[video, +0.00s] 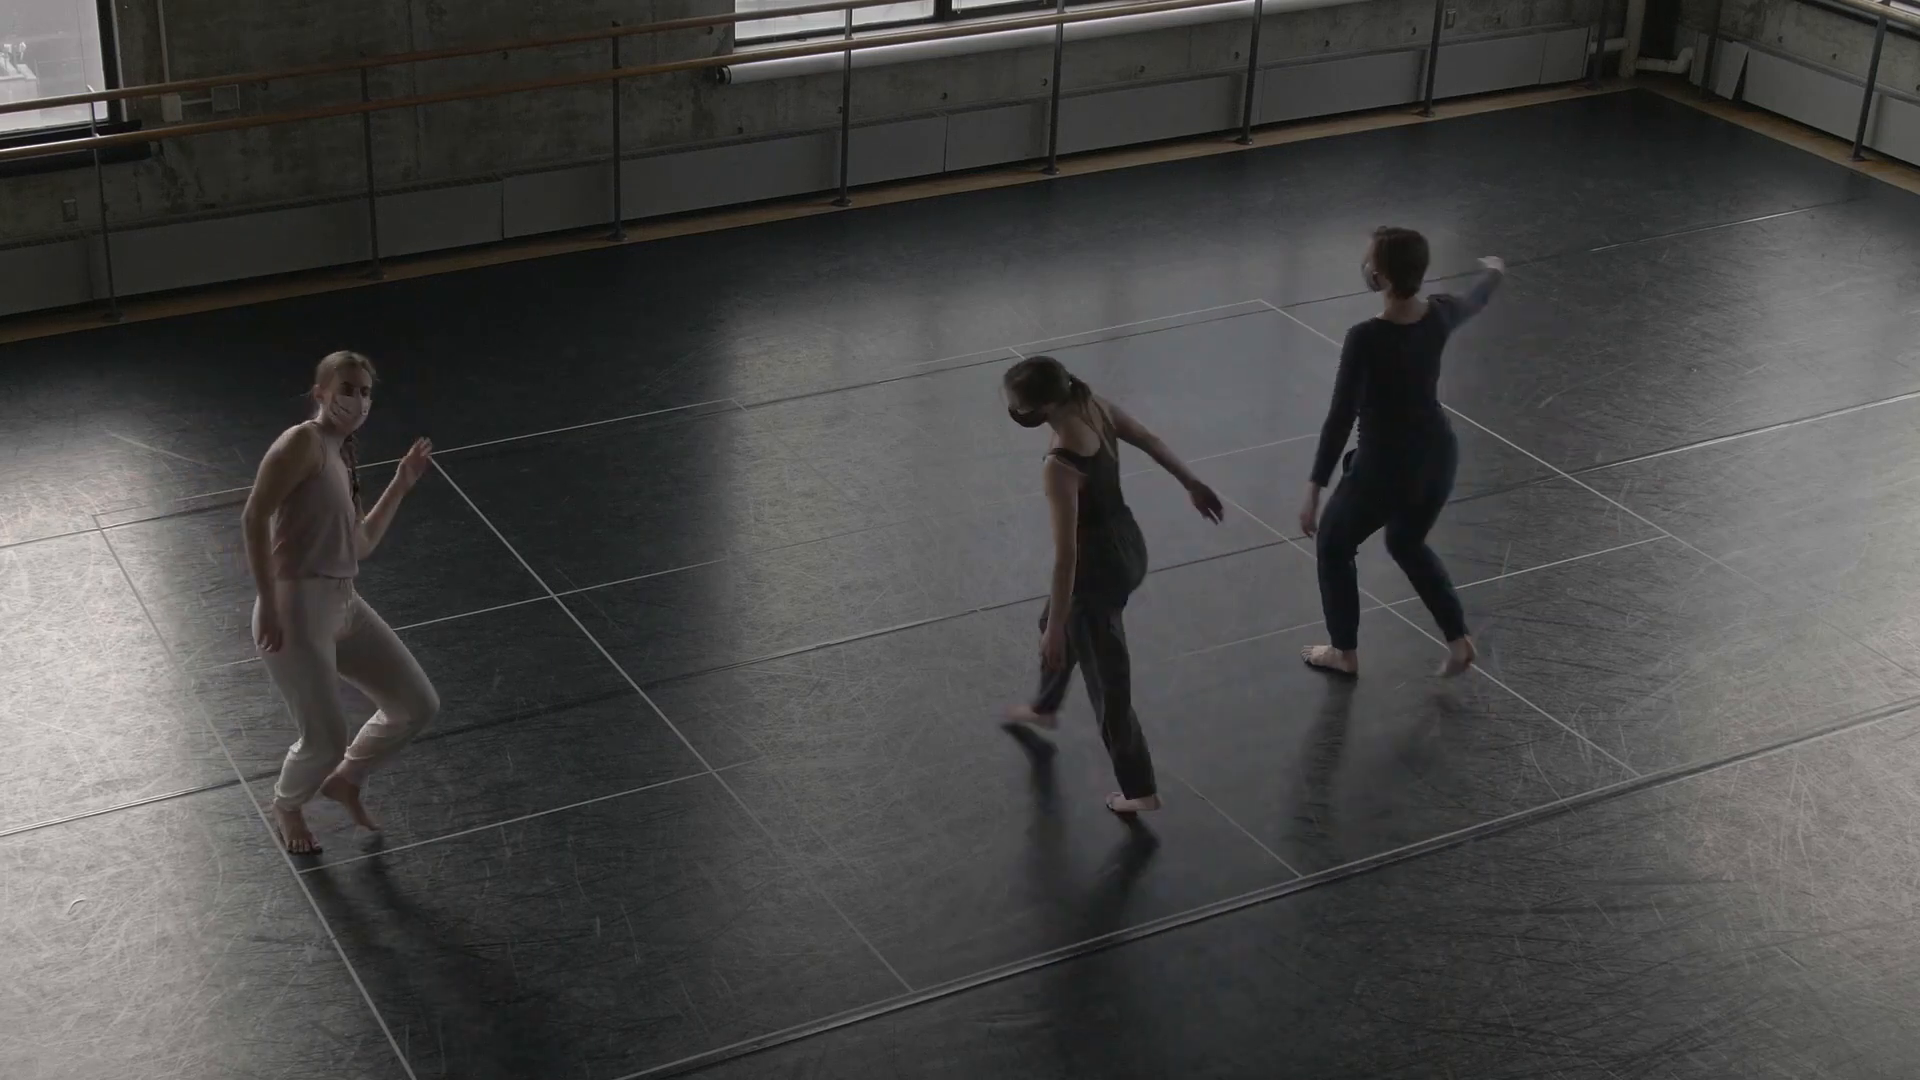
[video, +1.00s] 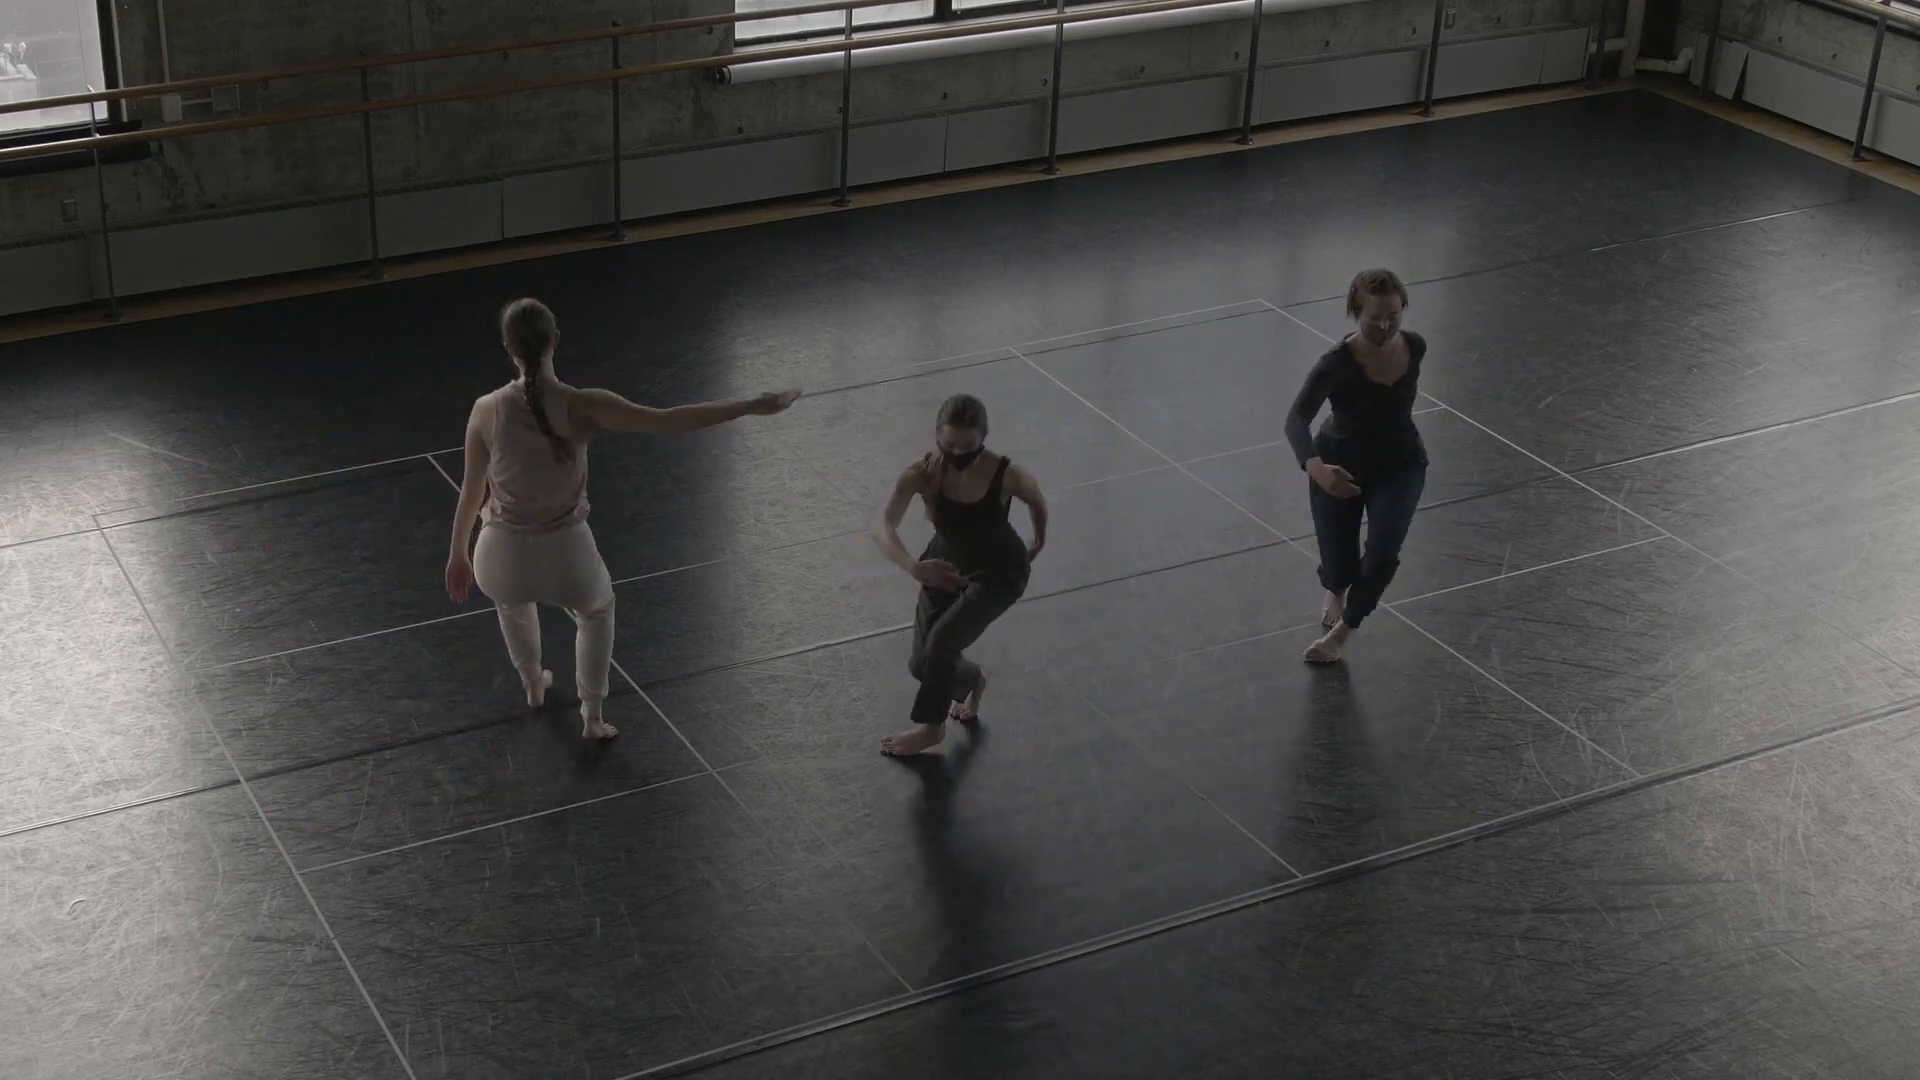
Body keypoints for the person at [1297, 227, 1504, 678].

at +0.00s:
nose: (1365, 267)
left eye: (1371, 262)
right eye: (1369, 259)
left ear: (1382, 275)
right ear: (1420, 271)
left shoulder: (1365, 339)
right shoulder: (1440, 315)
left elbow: (1340, 419)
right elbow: (1474, 300)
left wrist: (1313, 491)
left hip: (1383, 466)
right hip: (1437, 459)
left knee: (1334, 540)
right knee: (1406, 541)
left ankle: (1343, 651)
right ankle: (1459, 642)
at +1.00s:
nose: (1385, 325)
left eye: (1393, 315)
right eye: (1375, 317)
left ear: (1403, 311)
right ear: (1356, 314)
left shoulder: (1413, 348)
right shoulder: (1337, 363)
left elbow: (1400, 401)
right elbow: (1296, 421)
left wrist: (1397, 438)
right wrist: (1312, 465)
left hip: (1398, 461)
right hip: (1340, 461)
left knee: (1382, 558)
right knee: (1337, 562)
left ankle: (1341, 633)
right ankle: (1335, 597)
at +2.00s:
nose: (1476, 302)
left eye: (1480, 293)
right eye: (1469, 294)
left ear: (1481, 289)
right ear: (1441, 290)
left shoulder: (1482, 327)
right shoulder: (1406, 329)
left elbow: (1547, 357)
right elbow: (1368, 388)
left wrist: (1621, 389)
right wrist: (1339, 441)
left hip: (1423, 446)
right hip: (1370, 443)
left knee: (1421, 546)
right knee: (1364, 540)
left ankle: (1383, 613)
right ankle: (1321, 587)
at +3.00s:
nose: (1663, 401)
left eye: (1668, 393)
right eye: (1663, 391)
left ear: (1630, 368)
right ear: (1643, 379)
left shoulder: (1576, 393)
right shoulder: (1605, 432)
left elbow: (1524, 425)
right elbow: (1595, 521)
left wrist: (1490, 454)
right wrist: (1610, 602)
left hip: (1477, 510)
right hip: (1510, 543)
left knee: (1401, 582)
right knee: (1559, 658)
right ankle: (1507, 764)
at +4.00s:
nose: (1298, 512)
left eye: (1298, 504)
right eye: (1298, 504)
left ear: (1308, 500)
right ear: (1339, 490)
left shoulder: (1312, 532)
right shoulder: (1375, 506)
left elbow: (1267, 598)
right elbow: (1417, 571)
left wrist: (1220, 654)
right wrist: (1411, 653)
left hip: (1421, 564)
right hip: (1471, 548)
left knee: (1450, 692)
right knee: (1502, 663)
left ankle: (1474, 808)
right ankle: (1567, 740)